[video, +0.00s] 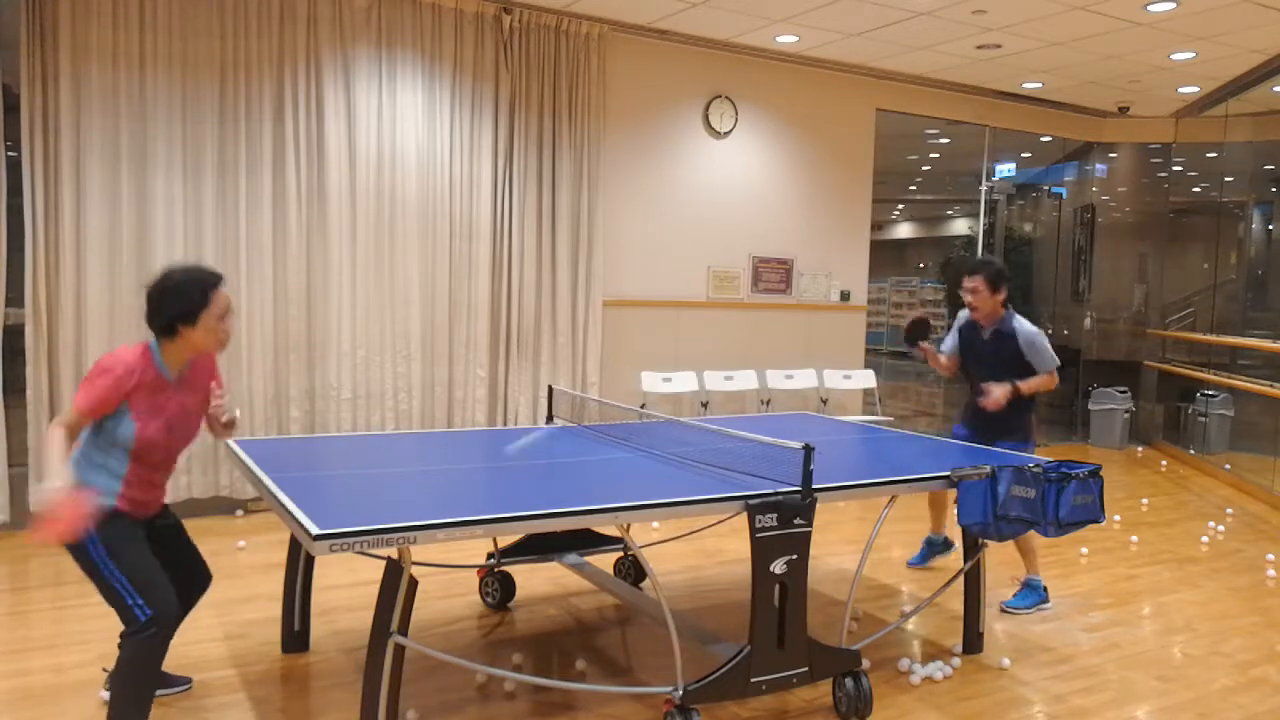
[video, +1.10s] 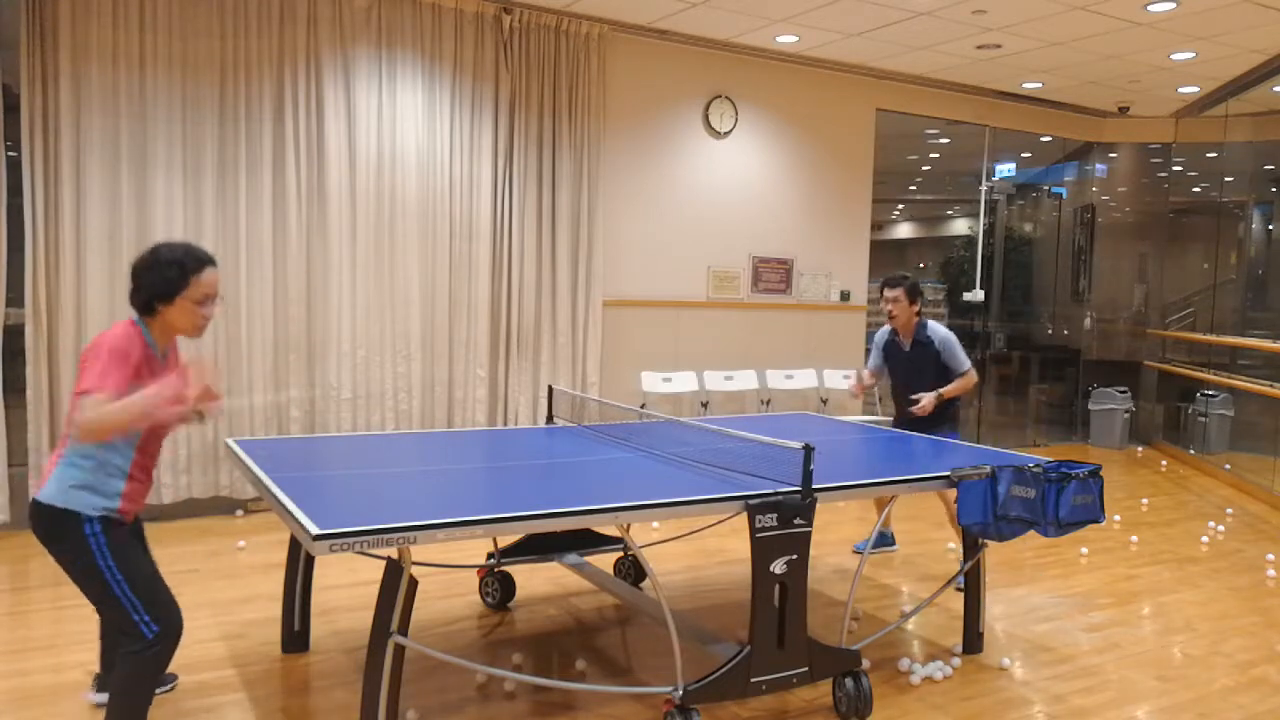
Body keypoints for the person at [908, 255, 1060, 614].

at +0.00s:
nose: (968, 299)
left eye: (976, 292)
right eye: (966, 292)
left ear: (1000, 295)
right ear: (965, 294)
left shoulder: (1025, 333)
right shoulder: (964, 323)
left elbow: (1051, 378)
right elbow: (949, 365)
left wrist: (1011, 388)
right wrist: (928, 351)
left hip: (1012, 435)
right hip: (972, 427)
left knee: (1012, 508)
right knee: (937, 474)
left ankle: (1034, 583)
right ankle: (938, 537)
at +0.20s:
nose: (965, 305)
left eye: (973, 298)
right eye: (962, 298)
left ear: (997, 303)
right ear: (961, 302)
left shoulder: (1024, 342)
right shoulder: (965, 337)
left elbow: (1053, 388)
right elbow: (963, 380)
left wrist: (1014, 408)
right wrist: (939, 399)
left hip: (1015, 438)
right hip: (977, 432)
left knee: (1011, 508)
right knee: (943, 480)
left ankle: (1034, 584)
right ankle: (942, 549)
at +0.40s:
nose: (925, 316)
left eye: (931, 308)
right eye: (924, 309)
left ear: (954, 307)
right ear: (949, 310)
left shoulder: (980, 335)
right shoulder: (963, 341)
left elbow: (1022, 381)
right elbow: (981, 388)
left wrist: (977, 405)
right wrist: (957, 409)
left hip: (1005, 443)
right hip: (979, 440)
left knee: (1006, 513)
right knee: (947, 486)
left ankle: (1033, 585)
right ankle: (942, 547)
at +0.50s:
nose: (911, 323)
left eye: (913, 316)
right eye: (910, 316)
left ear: (932, 314)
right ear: (931, 313)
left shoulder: (961, 336)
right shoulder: (946, 340)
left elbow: (1003, 377)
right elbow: (952, 380)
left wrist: (963, 409)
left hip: (996, 437)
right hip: (971, 434)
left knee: (998, 510)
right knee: (939, 477)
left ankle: (1035, 585)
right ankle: (941, 547)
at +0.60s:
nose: (898, 313)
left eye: (901, 306)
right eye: (897, 306)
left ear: (920, 307)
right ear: (920, 308)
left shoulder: (949, 331)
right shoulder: (925, 337)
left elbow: (990, 368)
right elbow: (903, 356)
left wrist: (951, 394)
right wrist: (863, 354)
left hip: (982, 434)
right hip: (956, 432)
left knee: (993, 501)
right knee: (928, 482)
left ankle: (1023, 573)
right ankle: (938, 547)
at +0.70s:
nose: (894, 300)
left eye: (900, 293)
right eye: (894, 293)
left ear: (921, 294)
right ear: (915, 295)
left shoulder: (948, 321)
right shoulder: (909, 326)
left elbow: (986, 362)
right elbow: (878, 346)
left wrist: (943, 378)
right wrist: (842, 339)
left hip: (967, 424)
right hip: (936, 422)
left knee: (959, 491)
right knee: (915, 479)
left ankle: (983, 558)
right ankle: (935, 541)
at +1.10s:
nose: (888, 308)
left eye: (895, 301)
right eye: (885, 302)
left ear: (915, 305)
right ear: (883, 304)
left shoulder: (940, 336)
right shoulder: (884, 337)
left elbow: (970, 378)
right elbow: (873, 373)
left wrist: (937, 396)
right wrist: (863, 383)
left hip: (940, 426)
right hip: (903, 424)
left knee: (946, 488)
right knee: (877, 472)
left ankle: (971, 553)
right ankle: (884, 532)